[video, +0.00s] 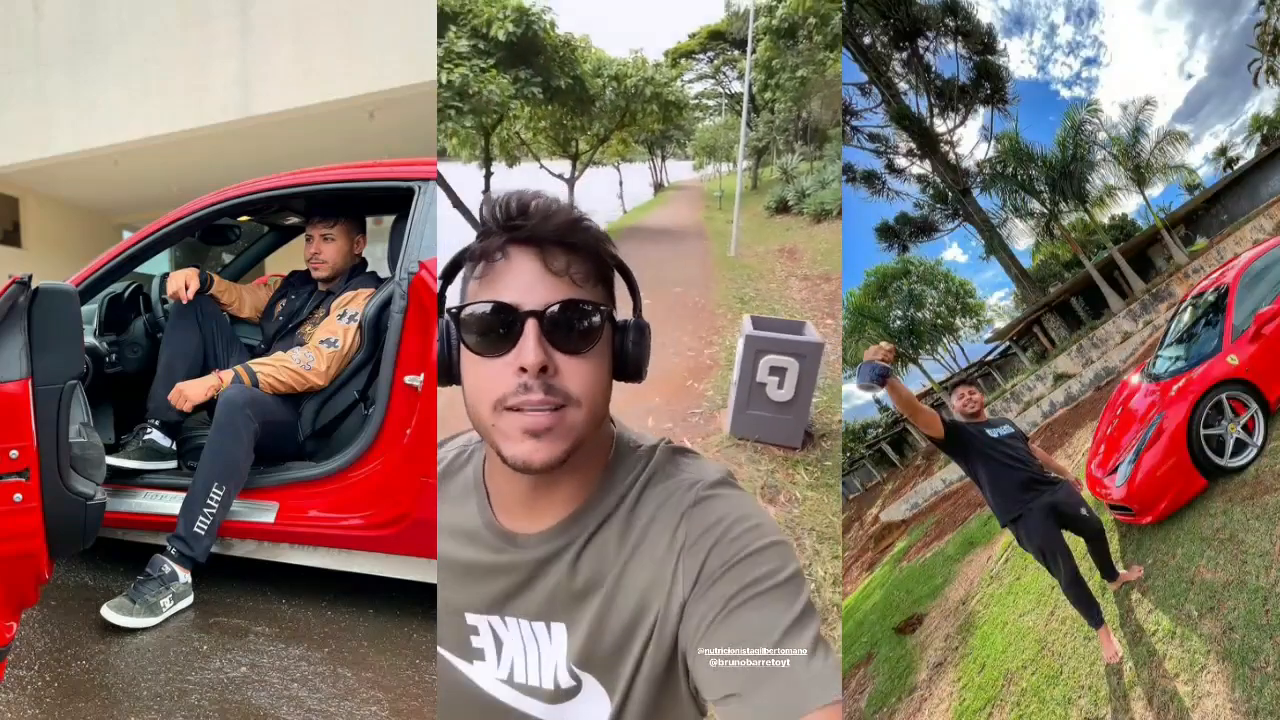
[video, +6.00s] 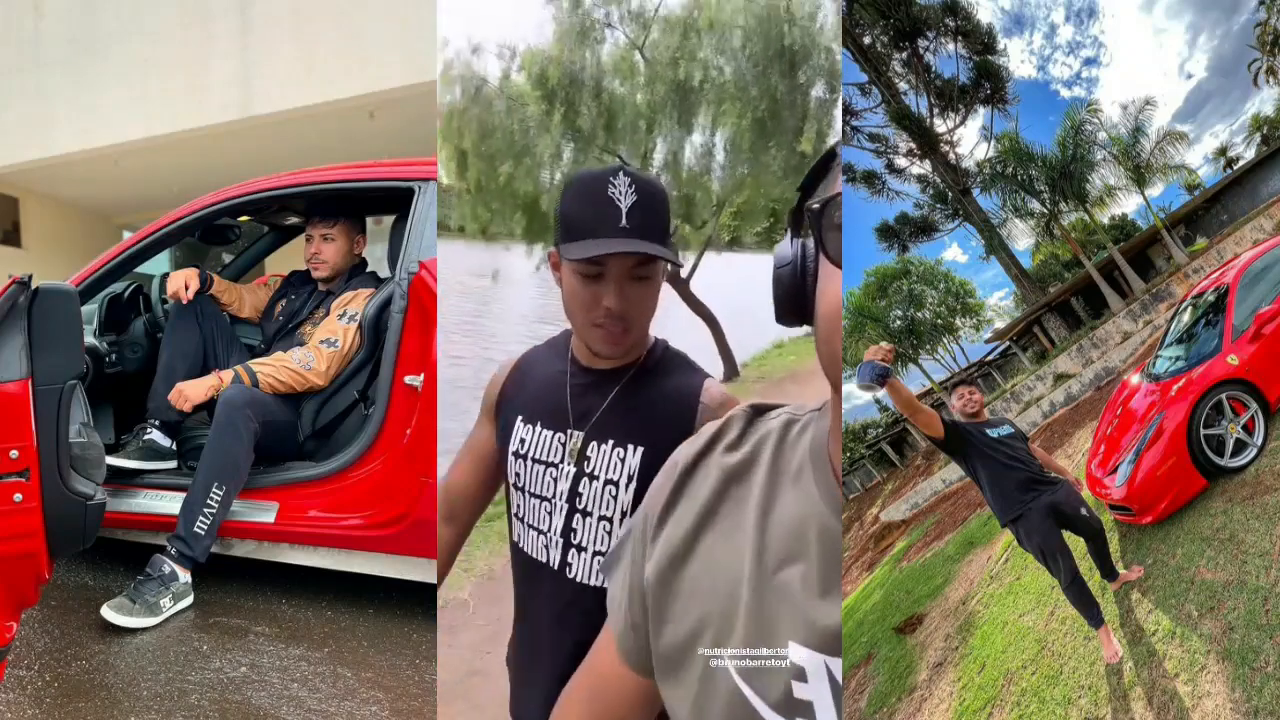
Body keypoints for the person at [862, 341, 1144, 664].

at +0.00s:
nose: (966, 397)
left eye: (971, 392)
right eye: (959, 397)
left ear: (983, 398)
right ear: (953, 410)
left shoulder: (1003, 424)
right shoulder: (956, 436)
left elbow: (1037, 454)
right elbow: (917, 412)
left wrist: (1067, 475)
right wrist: (885, 374)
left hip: (1051, 489)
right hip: (1022, 511)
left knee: (1093, 528)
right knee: (1065, 570)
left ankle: (1114, 575)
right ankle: (1101, 628)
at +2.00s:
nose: (967, 397)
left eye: (971, 392)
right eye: (959, 397)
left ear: (983, 398)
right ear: (953, 410)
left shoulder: (1003, 424)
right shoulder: (957, 436)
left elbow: (1037, 454)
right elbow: (916, 412)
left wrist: (1067, 475)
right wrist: (885, 374)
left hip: (1052, 489)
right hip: (1022, 512)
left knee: (1094, 528)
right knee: (1065, 571)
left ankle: (1114, 576)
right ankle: (1101, 628)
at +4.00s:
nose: (966, 397)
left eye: (971, 392)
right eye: (959, 397)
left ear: (983, 398)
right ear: (953, 410)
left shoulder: (1003, 424)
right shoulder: (956, 436)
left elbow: (1037, 454)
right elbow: (916, 412)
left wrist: (1067, 476)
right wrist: (885, 374)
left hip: (1051, 489)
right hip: (1021, 511)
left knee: (1094, 528)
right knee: (1065, 571)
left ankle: (1114, 576)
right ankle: (1101, 628)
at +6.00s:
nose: (967, 396)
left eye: (971, 391)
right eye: (959, 397)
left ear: (983, 398)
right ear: (953, 411)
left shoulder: (1004, 424)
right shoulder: (956, 436)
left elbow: (1037, 453)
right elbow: (916, 412)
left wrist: (1067, 475)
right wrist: (885, 373)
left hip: (1052, 489)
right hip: (1022, 512)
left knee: (1094, 528)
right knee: (1066, 573)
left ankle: (1114, 576)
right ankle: (1101, 628)